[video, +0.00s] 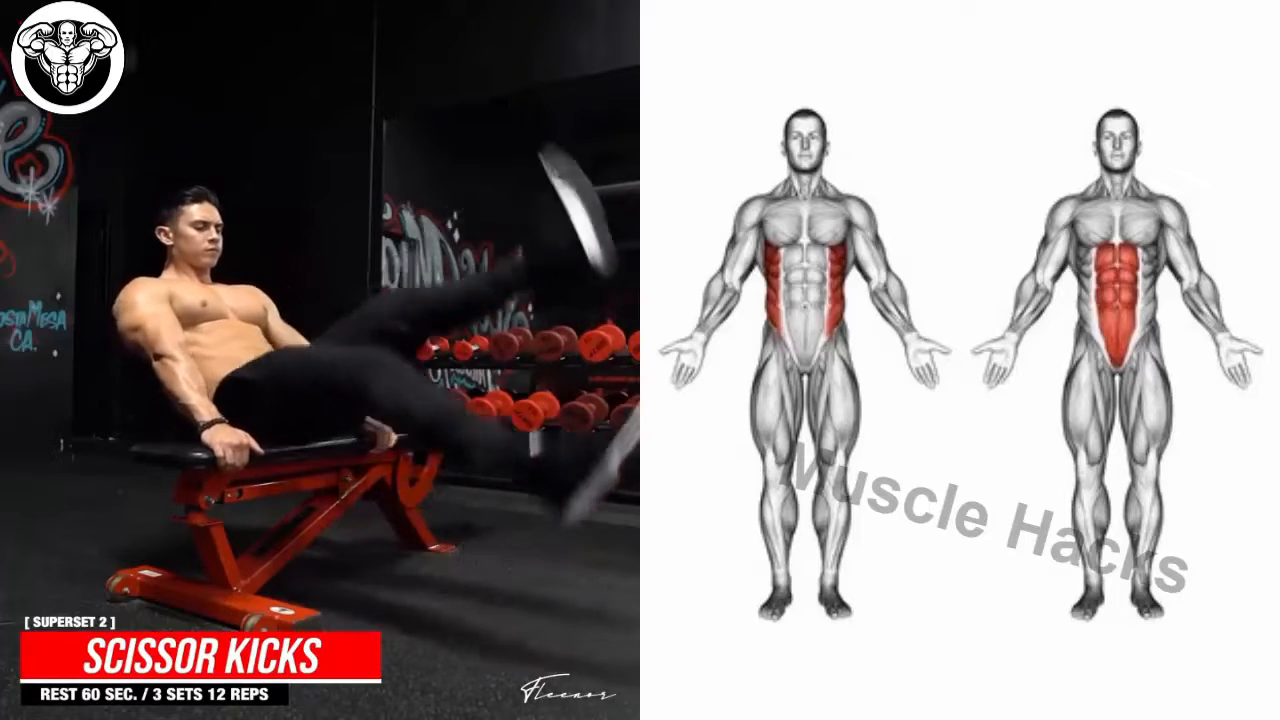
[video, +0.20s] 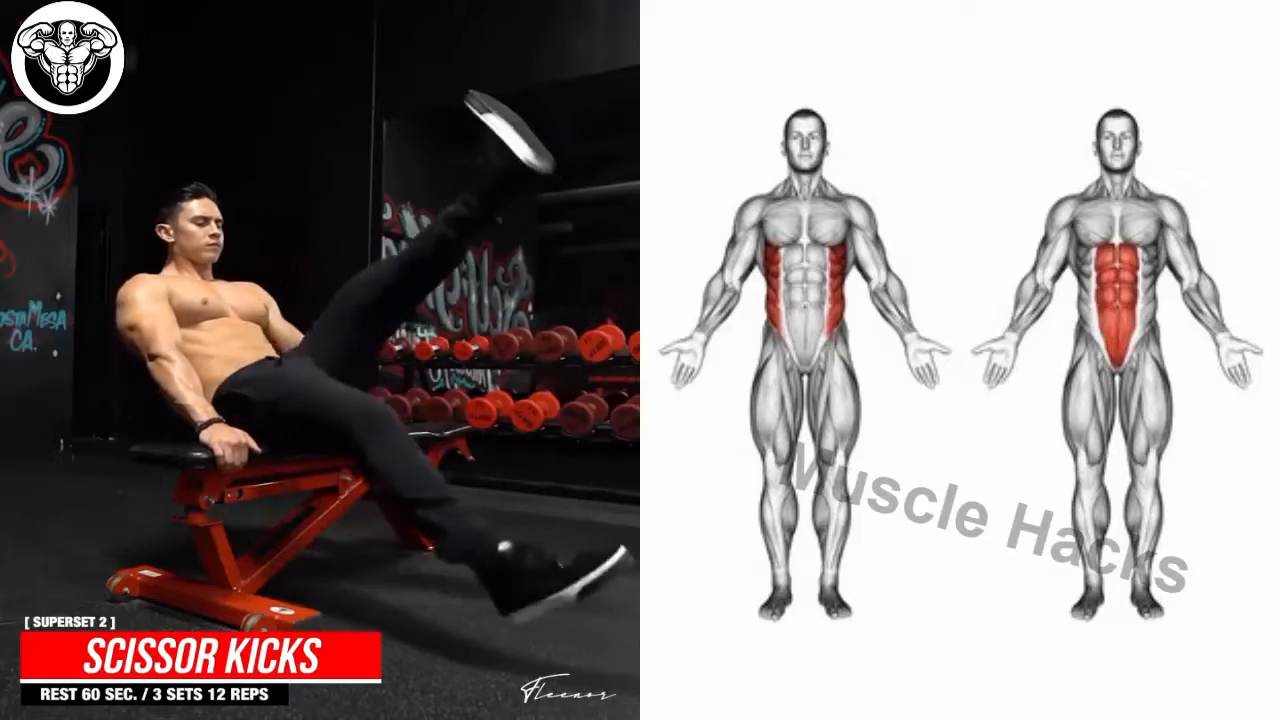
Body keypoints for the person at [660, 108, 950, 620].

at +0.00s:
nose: (804, 145)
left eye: (812, 138)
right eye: (797, 138)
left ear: (825, 145)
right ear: (785, 146)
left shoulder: (851, 211)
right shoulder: (758, 211)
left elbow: (881, 281)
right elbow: (729, 281)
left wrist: (909, 336)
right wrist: (700, 336)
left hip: (832, 355)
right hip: (778, 355)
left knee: (834, 467)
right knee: (776, 469)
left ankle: (829, 584)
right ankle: (780, 585)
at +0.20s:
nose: (804, 145)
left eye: (812, 138)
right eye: (797, 138)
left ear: (825, 145)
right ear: (785, 145)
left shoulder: (851, 211)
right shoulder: (758, 211)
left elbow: (881, 281)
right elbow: (729, 281)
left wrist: (909, 336)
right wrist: (700, 336)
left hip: (832, 356)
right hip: (777, 356)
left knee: (834, 467)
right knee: (776, 469)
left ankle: (830, 584)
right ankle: (780, 585)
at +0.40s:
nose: (804, 145)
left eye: (812, 138)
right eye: (797, 138)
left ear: (825, 145)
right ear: (785, 146)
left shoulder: (851, 211)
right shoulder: (758, 211)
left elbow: (881, 281)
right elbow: (729, 281)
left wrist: (909, 336)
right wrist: (700, 336)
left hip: (832, 356)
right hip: (778, 355)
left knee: (834, 468)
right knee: (777, 469)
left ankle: (829, 584)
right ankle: (780, 585)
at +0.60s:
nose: (804, 145)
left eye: (812, 138)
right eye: (797, 138)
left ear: (825, 145)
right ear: (785, 146)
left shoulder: (851, 211)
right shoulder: (758, 211)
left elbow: (881, 281)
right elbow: (729, 281)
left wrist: (909, 336)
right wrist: (700, 336)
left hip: (832, 356)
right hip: (778, 356)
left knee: (834, 468)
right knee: (777, 469)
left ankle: (829, 584)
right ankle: (780, 585)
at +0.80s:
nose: (804, 145)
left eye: (812, 138)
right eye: (797, 138)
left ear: (825, 145)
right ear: (785, 146)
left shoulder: (851, 211)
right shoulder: (758, 211)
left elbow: (881, 281)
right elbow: (729, 281)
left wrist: (909, 336)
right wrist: (700, 336)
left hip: (832, 355)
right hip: (778, 355)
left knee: (834, 467)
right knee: (777, 469)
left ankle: (829, 584)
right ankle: (780, 585)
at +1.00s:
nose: (804, 145)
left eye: (812, 138)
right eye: (797, 138)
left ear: (825, 145)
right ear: (785, 146)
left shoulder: (851, 211)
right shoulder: (758, 211)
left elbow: (881, 281)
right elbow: (729, 281)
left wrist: (909, 336)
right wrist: (700, 336)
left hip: (832, 355)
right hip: (778, 355)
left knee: (834, 468)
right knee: (777, 469)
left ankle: (829, 584)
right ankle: (780, 585)